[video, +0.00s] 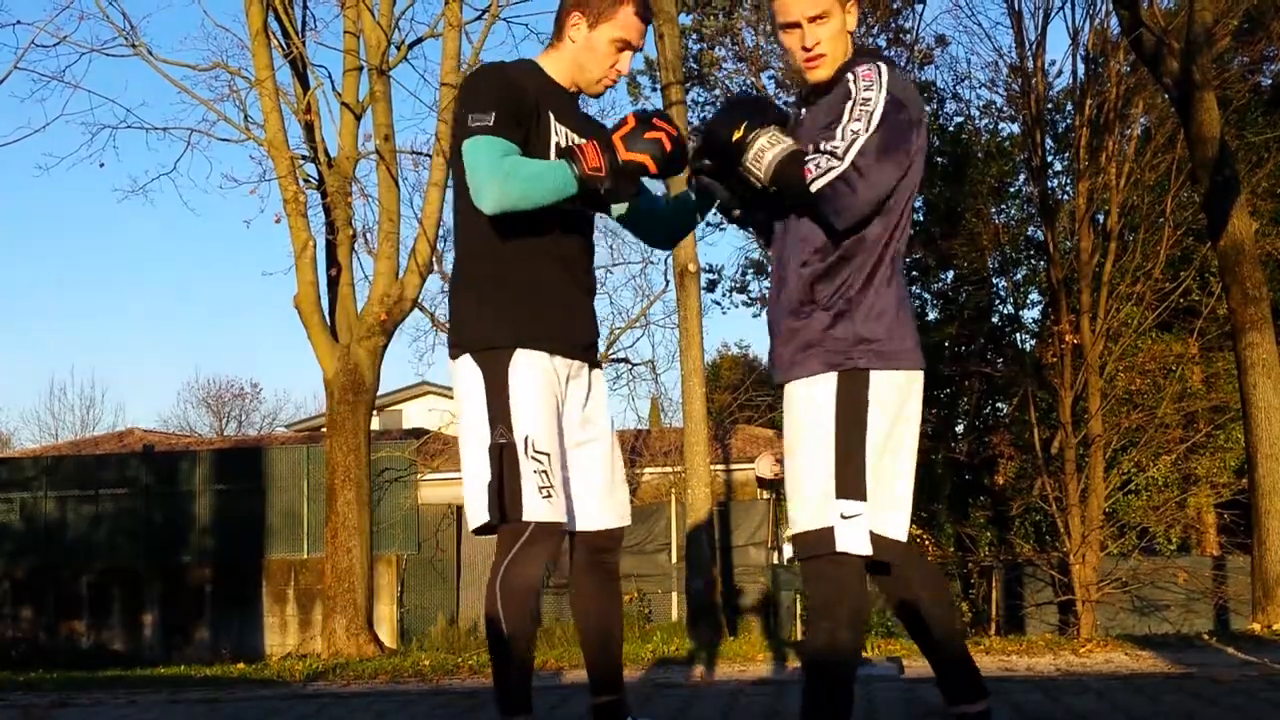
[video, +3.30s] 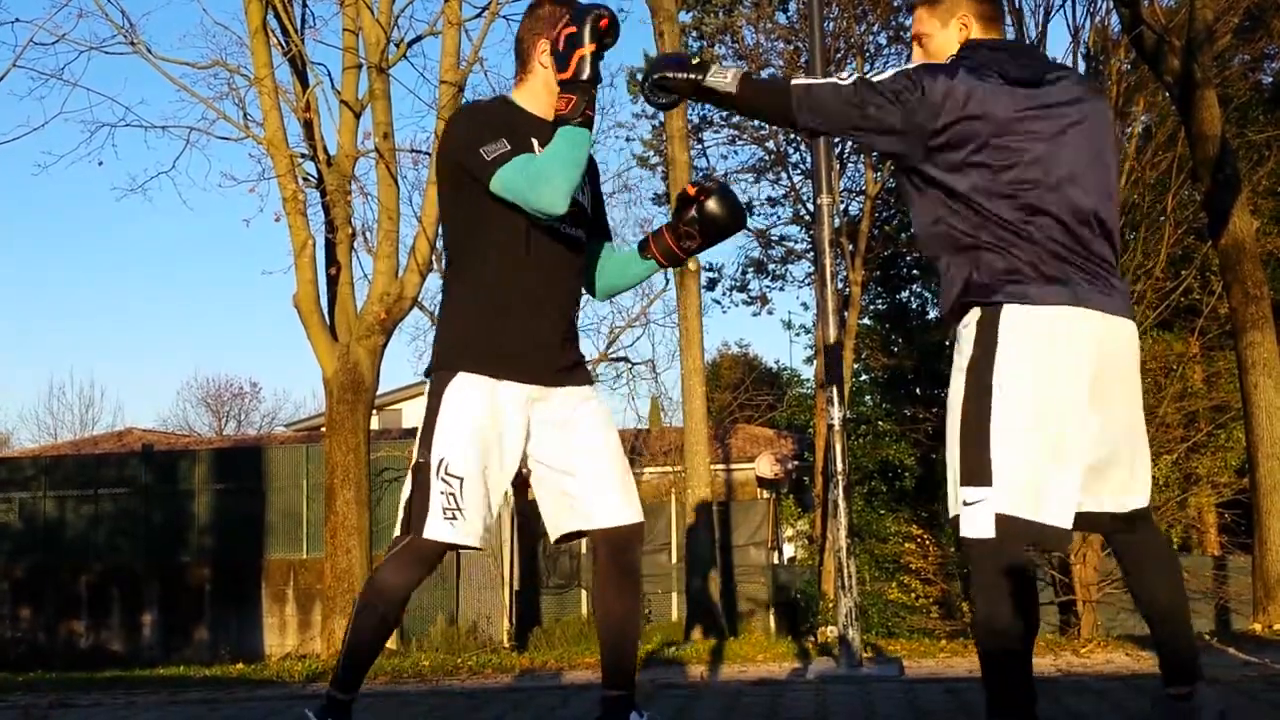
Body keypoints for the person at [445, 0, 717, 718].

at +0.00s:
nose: (624, 67)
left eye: (632, 54)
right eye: (620, 46)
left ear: (588, 33)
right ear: (577, 25)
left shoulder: (588, 129)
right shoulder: (496, 84)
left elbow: (660, 226)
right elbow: (494, 187)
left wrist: (711, 172)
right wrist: (604, 163)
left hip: (575, 349)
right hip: (503, 344)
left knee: (598, 531)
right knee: (531, 529)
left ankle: (610, 711)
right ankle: (515, 713)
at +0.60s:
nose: (623, 75)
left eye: (631, 63)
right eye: (618, 56)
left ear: (591, 42)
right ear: (575, 34)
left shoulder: (591, 140)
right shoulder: (497, 99)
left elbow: (598, 251)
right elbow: (426, 194)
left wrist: (682, 237)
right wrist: (529, 223)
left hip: (595, 357)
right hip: (520, 352)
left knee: (602, 534)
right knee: (514, 527)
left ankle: (610, 711)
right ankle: (418, 705)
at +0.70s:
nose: (613, 73)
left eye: (620, 60)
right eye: (608, 54)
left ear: (582, 45)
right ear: (563, 35)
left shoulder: (576, 134)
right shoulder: (482, 99)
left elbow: (558, 253)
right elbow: (403, 205)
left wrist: (626, 298)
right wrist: (500, 237)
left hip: (582, 360)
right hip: (509, 355)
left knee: (610, 532)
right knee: (492, 533)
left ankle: (610, 711)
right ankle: (416, 707)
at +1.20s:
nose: (607, 60)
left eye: (614, 48)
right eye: (597, 40)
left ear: (602, 50)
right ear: (548, 30)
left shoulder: (591, 143)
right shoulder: (478, 104)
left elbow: (646, 252)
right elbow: (467, 216)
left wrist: (723, 222)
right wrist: (575, 191)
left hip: (597, 360)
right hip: (510, 359)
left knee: (645, 531)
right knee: (481, 539)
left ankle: (692, 705)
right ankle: (415, 708)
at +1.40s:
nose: (673, 58)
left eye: (678, 44)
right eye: (664, 39)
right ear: (617, 29)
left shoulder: (657, 138)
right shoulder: (534, 104)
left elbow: (724, 229)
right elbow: (486, 222)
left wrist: (815, 188)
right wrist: (596, 218)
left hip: (651, 357)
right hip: (565, 354)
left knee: (682, 530)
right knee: (538, 527)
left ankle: (700, 710)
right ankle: (442, 701)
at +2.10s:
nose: (659, 50)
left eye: (663, 34)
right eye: (651, 31)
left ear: (613, 30)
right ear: (603, 25)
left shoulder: (638, 134)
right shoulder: (522, 107)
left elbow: (639, 257)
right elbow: (502, 225)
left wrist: (720, 243)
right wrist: (607, 189)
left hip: (637, 359)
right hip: (553, 358)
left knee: (687, 523)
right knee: (526, 531)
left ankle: (700, 710)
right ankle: (459, 707)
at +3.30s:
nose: (586, 67)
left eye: (589, 55)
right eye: (576, 51)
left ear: (570, 63)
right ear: (540, 52)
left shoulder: (577, 161)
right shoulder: (474, 124)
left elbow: (595, 277)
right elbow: (547, 193)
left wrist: (667, 245)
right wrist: (581, 101)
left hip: (561, 376)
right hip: (478, 371)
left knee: (618, 529)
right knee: (429, 539)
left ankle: (620, 707)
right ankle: (337, 700)